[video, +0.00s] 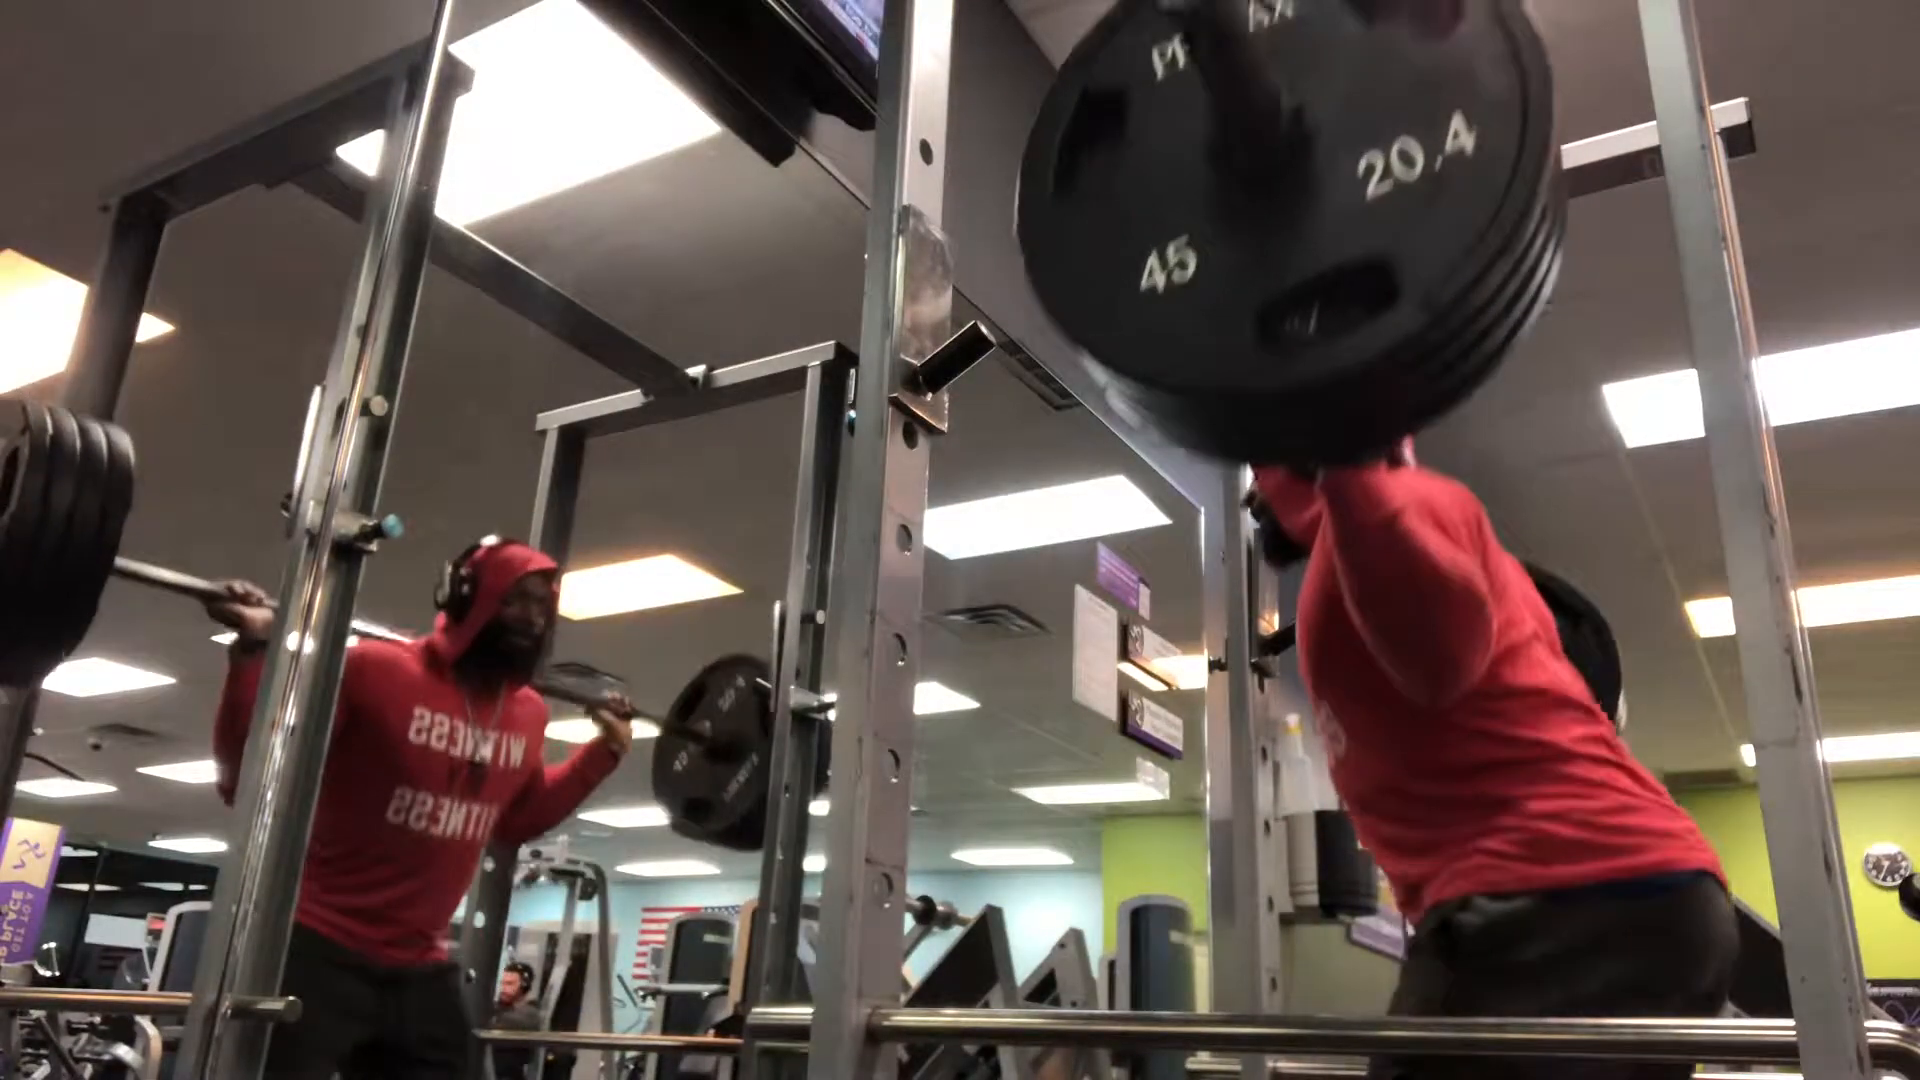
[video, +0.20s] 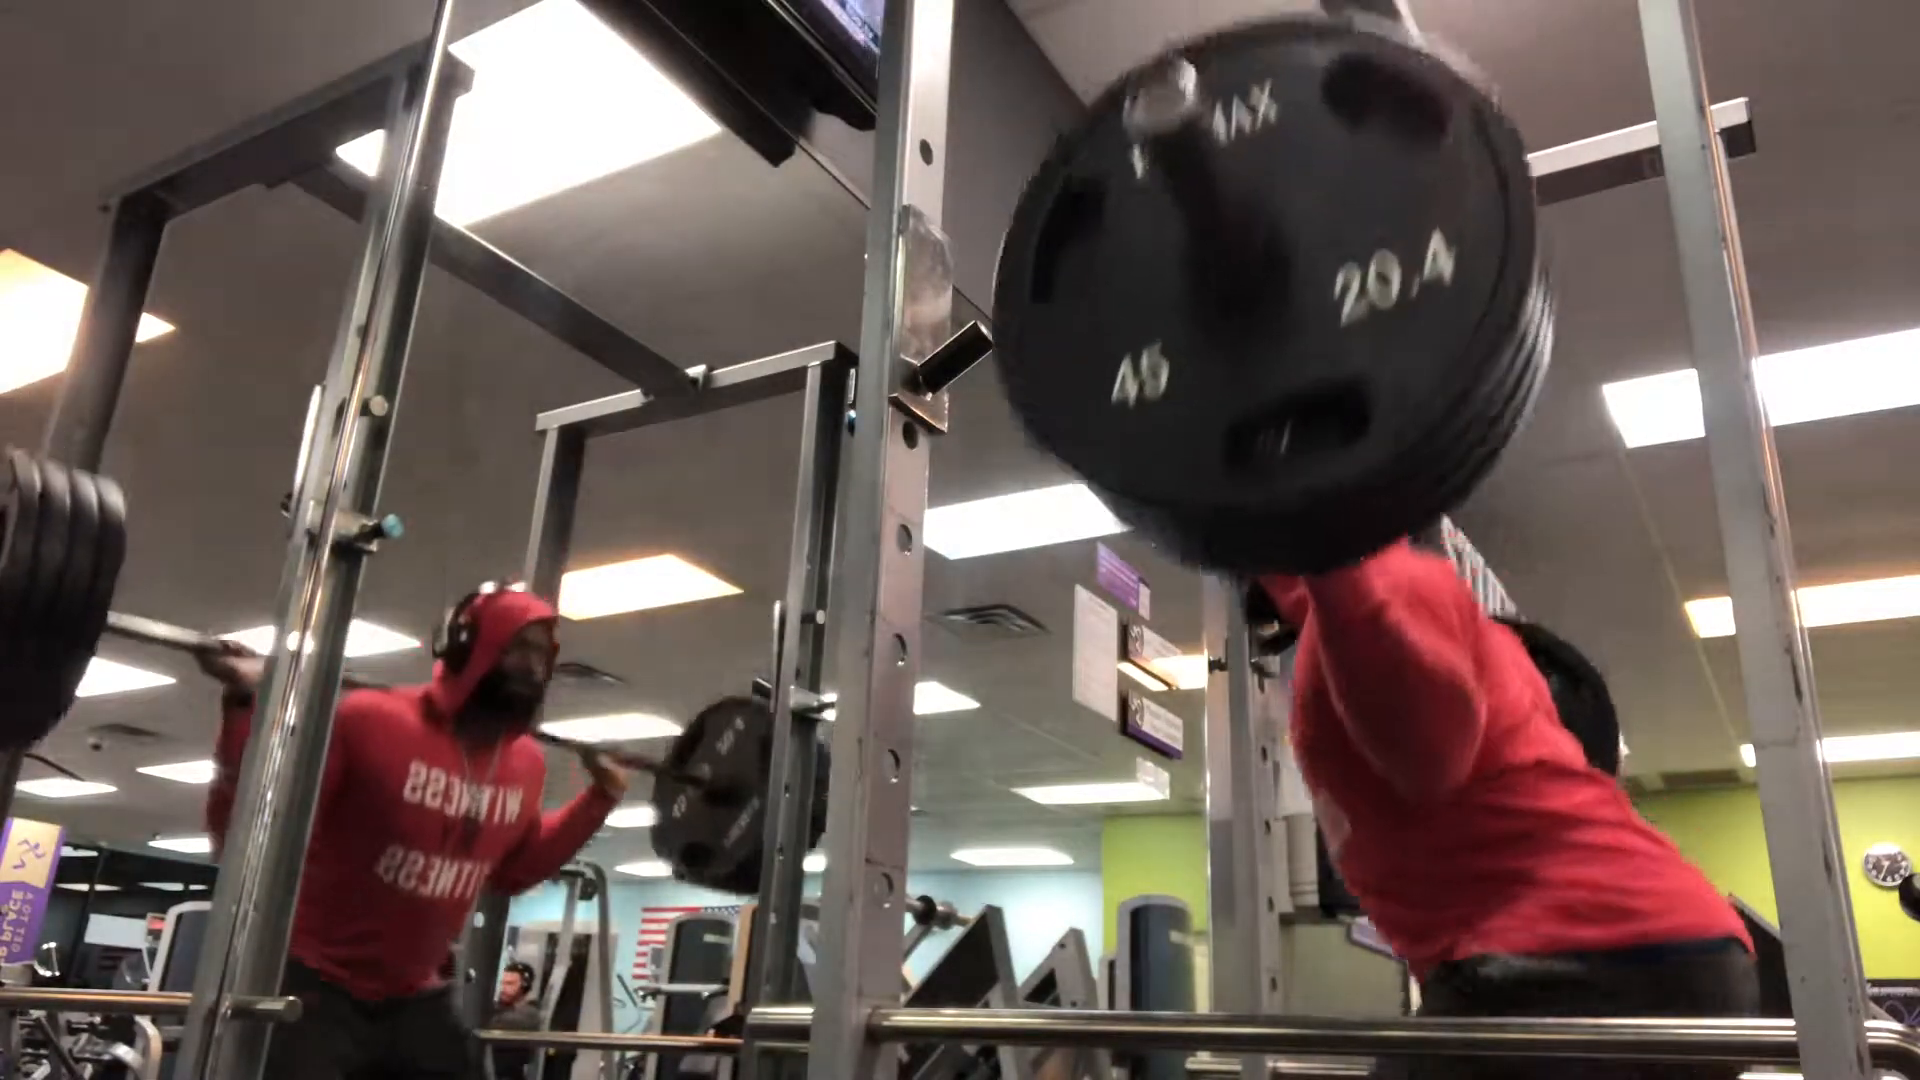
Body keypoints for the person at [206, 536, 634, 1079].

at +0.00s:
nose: (535, 617)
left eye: (545, 604)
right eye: (520, 599)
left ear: (556, 616)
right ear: (474, 600)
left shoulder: (525, 712)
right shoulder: (371, 669)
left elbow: (514, 822)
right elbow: (240, 782)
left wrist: (602, 753)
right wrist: (252, 651)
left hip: (422, 970)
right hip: (317, 951)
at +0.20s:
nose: (536, 668)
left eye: (546, 653)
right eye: (522, 647)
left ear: (551, 664)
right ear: (473, 647)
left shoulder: (525, 763)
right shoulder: (364, 719)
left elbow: (512, 872)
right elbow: (238, 837)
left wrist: (600, 797)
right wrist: (242, 706)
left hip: (422, 1005)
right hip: (316, 993)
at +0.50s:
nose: (529, 753)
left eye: (538, 738)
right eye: (513, 731)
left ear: (544, 749)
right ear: (465, 730)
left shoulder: (516, 844)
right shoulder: (350, 808)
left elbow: (501, 952)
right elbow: (214, 935)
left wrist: (592, 881)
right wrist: (233, 800)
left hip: (411, 1059)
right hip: (302, 1051)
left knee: (471, 1070)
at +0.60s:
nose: (525, 776)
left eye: (535, 762)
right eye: (510, 756)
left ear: (542, 772)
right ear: (464, 754)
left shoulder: (512, 864)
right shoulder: (348, 831)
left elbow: (504, 974)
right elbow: (218, 949)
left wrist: (590, 901)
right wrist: (231, 826)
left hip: (403, 1068)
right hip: (300, 1059)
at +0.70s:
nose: (521, 799)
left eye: (531, 784)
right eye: (506, 779)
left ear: (539, 796)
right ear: (459, 777)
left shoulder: (510, 886)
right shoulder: (344, 855)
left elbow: (497, 998)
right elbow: (214, 976)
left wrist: (588, 921)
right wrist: (227, 846)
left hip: (402, 1069)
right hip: (298, 1061)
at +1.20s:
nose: (516, 869)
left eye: (528, 854)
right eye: (500, 850)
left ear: (538, 863)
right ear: (454, 845)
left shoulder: (507, 949)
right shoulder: (335, 922)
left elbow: (491, 1055)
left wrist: (584, 982)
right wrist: (224, 913)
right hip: (302, 1072)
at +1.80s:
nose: (528, 801)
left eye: (539, 786)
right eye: (512, 782)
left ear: (547, 795)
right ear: (465, 780)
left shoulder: (518, 885)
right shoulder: (351, 857)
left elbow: (504, 993)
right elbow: (258, 980)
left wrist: (597, 920)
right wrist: (237, 847)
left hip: (418, 1071)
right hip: (310, 1065)